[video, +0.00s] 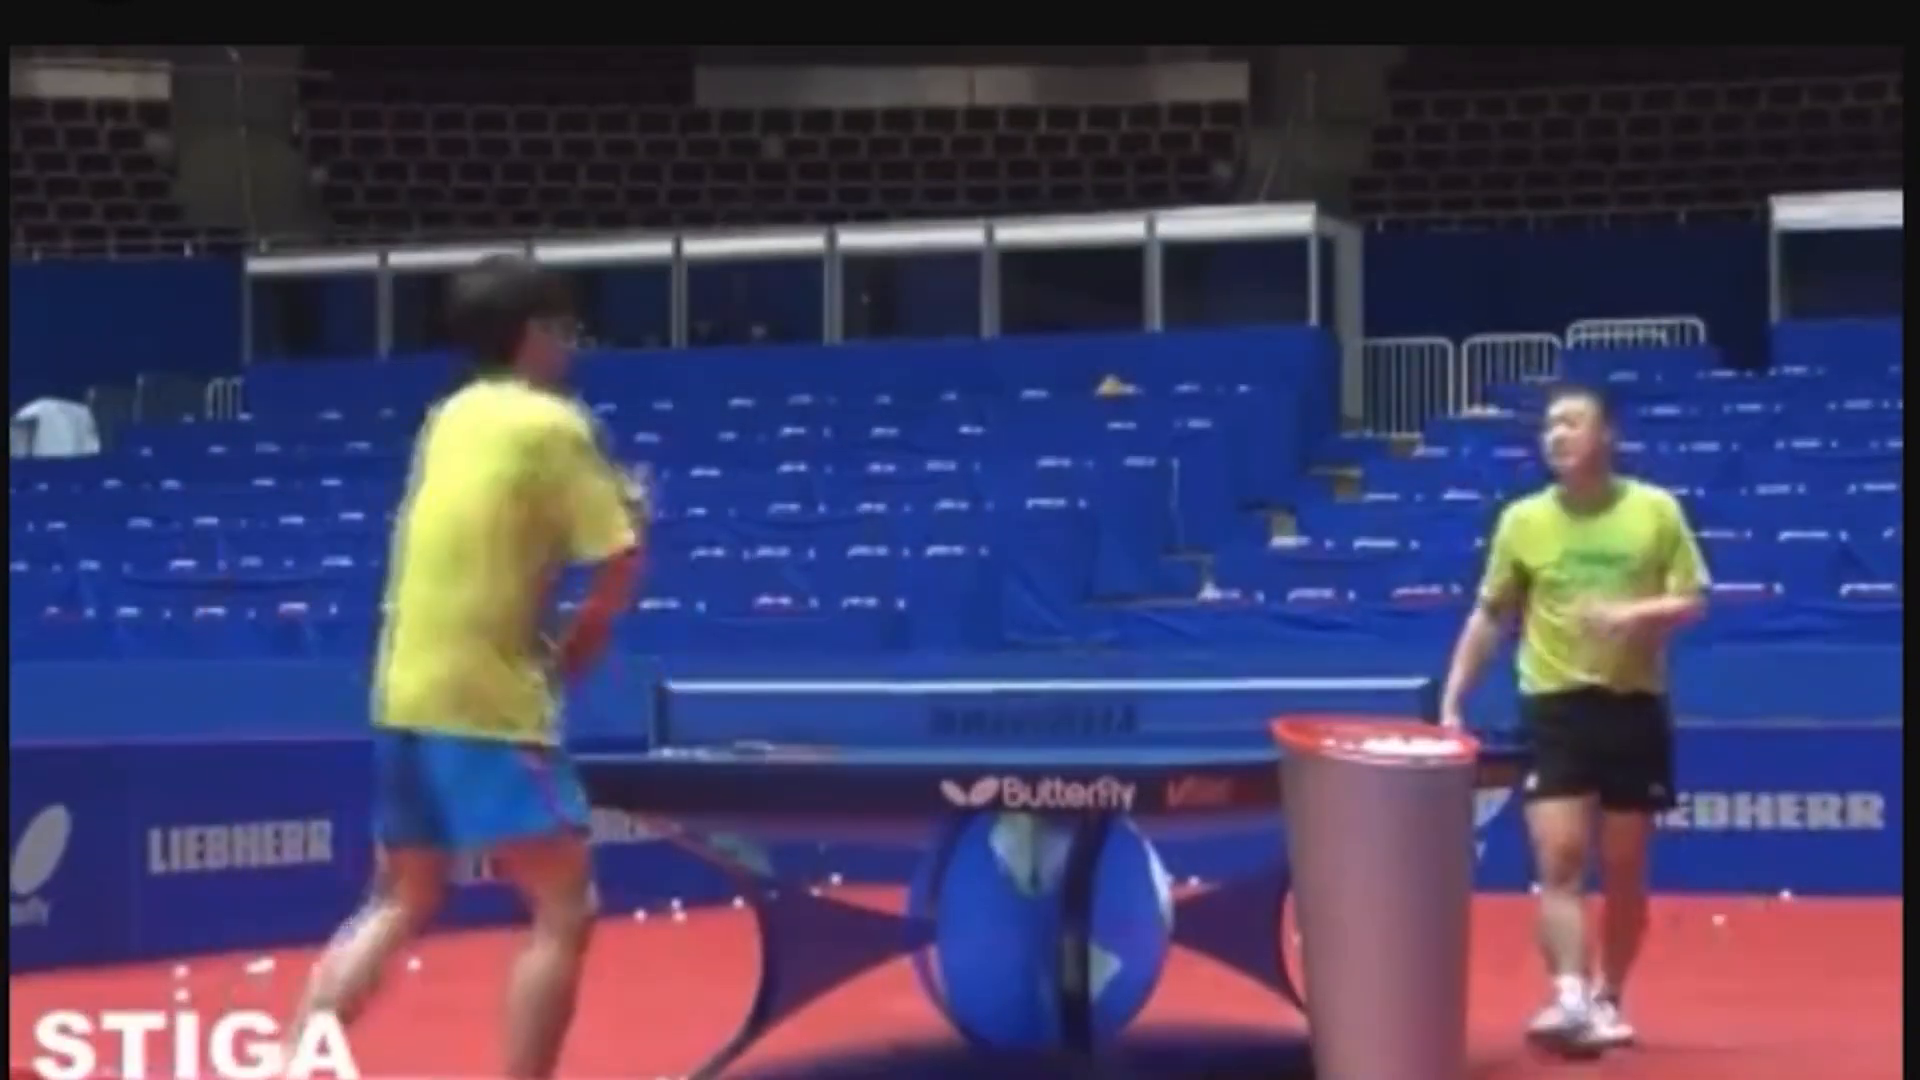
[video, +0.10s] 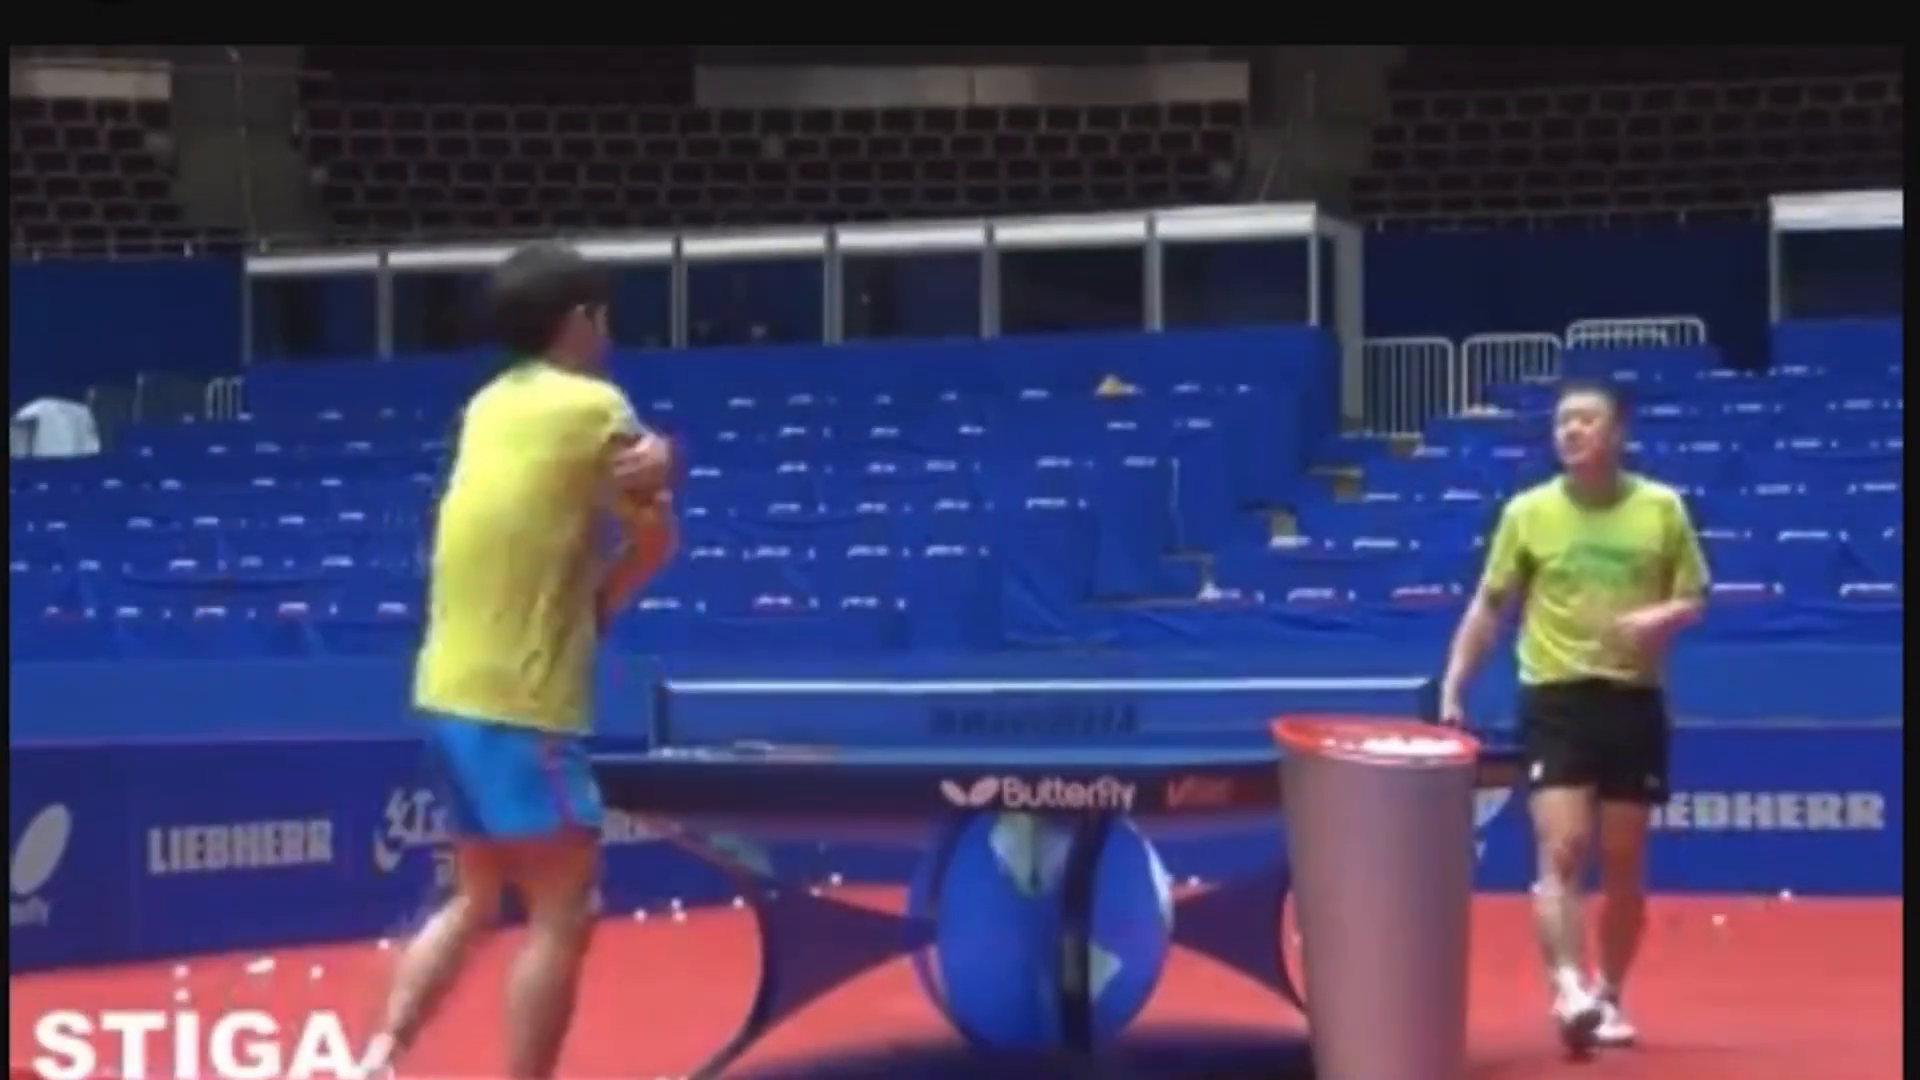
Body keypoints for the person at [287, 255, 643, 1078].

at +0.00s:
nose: (570, 344)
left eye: (567, 327)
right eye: (558, 328)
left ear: (490, 339)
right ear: (524, 336)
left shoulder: (450, 416)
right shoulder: (549, 426)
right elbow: (620, 555)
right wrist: (571, 654)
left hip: (402, 700)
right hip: (485, 705)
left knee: (403, 894)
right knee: (564, 910)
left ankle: (300, 1055)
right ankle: (525, 1067)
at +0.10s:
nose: (607, 331)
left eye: (602, 316)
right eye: (600, 316)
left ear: (529, 326)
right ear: (576, 322)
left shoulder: (490, 403)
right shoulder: (593, 410)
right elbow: (657, 539)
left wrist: (652, 470)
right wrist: (590, 605)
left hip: (447, 693)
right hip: (521, 707)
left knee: (474, 896)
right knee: (564, 912)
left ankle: (379, 1058)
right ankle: (527, 1069)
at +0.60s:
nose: (785, 342)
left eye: (781, 327)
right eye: (779, 327)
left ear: (708, 332)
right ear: (756, 329)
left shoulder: (698, 405)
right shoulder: (732, 392)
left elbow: (801, 551)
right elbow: (824, 463)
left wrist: (807, 477)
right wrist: (846, 452)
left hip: (703, 701)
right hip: (689, 703)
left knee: (752, 903)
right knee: (752, 901)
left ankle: (746, 1062)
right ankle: (588, 1058)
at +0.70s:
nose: (824, 347)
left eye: (824, 331)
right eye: (819, 330)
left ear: (753, 328)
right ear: (790, 326)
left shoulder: (740, 408)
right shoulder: (756, 392)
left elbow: (846, 543)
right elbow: (890, 463)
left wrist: (836, 464)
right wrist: (866, 444)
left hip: (726, 700)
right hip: (740, 703)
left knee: (780, 905)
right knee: (833, 892)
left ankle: (751, 1067)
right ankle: (689, 1050)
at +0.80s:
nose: (859, 345)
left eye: (860, 327)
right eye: (853, 326)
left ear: (795, 322)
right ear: (814, 317)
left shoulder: (757, 401)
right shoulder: (784, 389)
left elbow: (872, 540)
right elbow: (925, 459)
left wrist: (863, 458)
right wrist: (894, 436)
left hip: (747, 691)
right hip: (779, 692)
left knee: (798, 901)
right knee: (868, 883)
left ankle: (742, 1054)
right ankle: (767, 1054)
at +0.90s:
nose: (895, 348)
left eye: (896, 329)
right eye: (888, 327)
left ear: (832, 321)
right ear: (847, 316)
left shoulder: (792, 394)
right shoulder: (826, 396)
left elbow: (968, 470)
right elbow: (917, 512)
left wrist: (918, 436)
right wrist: (922, 572)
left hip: (777, 696)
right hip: (816, 702)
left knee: (816, 922)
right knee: (874, 913)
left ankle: (759, 1069)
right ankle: (904, 1069)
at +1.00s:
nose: (923, 351)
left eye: (925, 332)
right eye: (918, 331)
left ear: (866, 324)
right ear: (879, 320)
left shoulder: (817, 399)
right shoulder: (858, 405)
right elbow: (978, 497)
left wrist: (959, 457)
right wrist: (1009, 554)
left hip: (817, 702)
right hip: (858, 707)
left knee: (842, 929)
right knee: (906, 922)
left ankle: (771, 1068)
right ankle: (936, 1068)